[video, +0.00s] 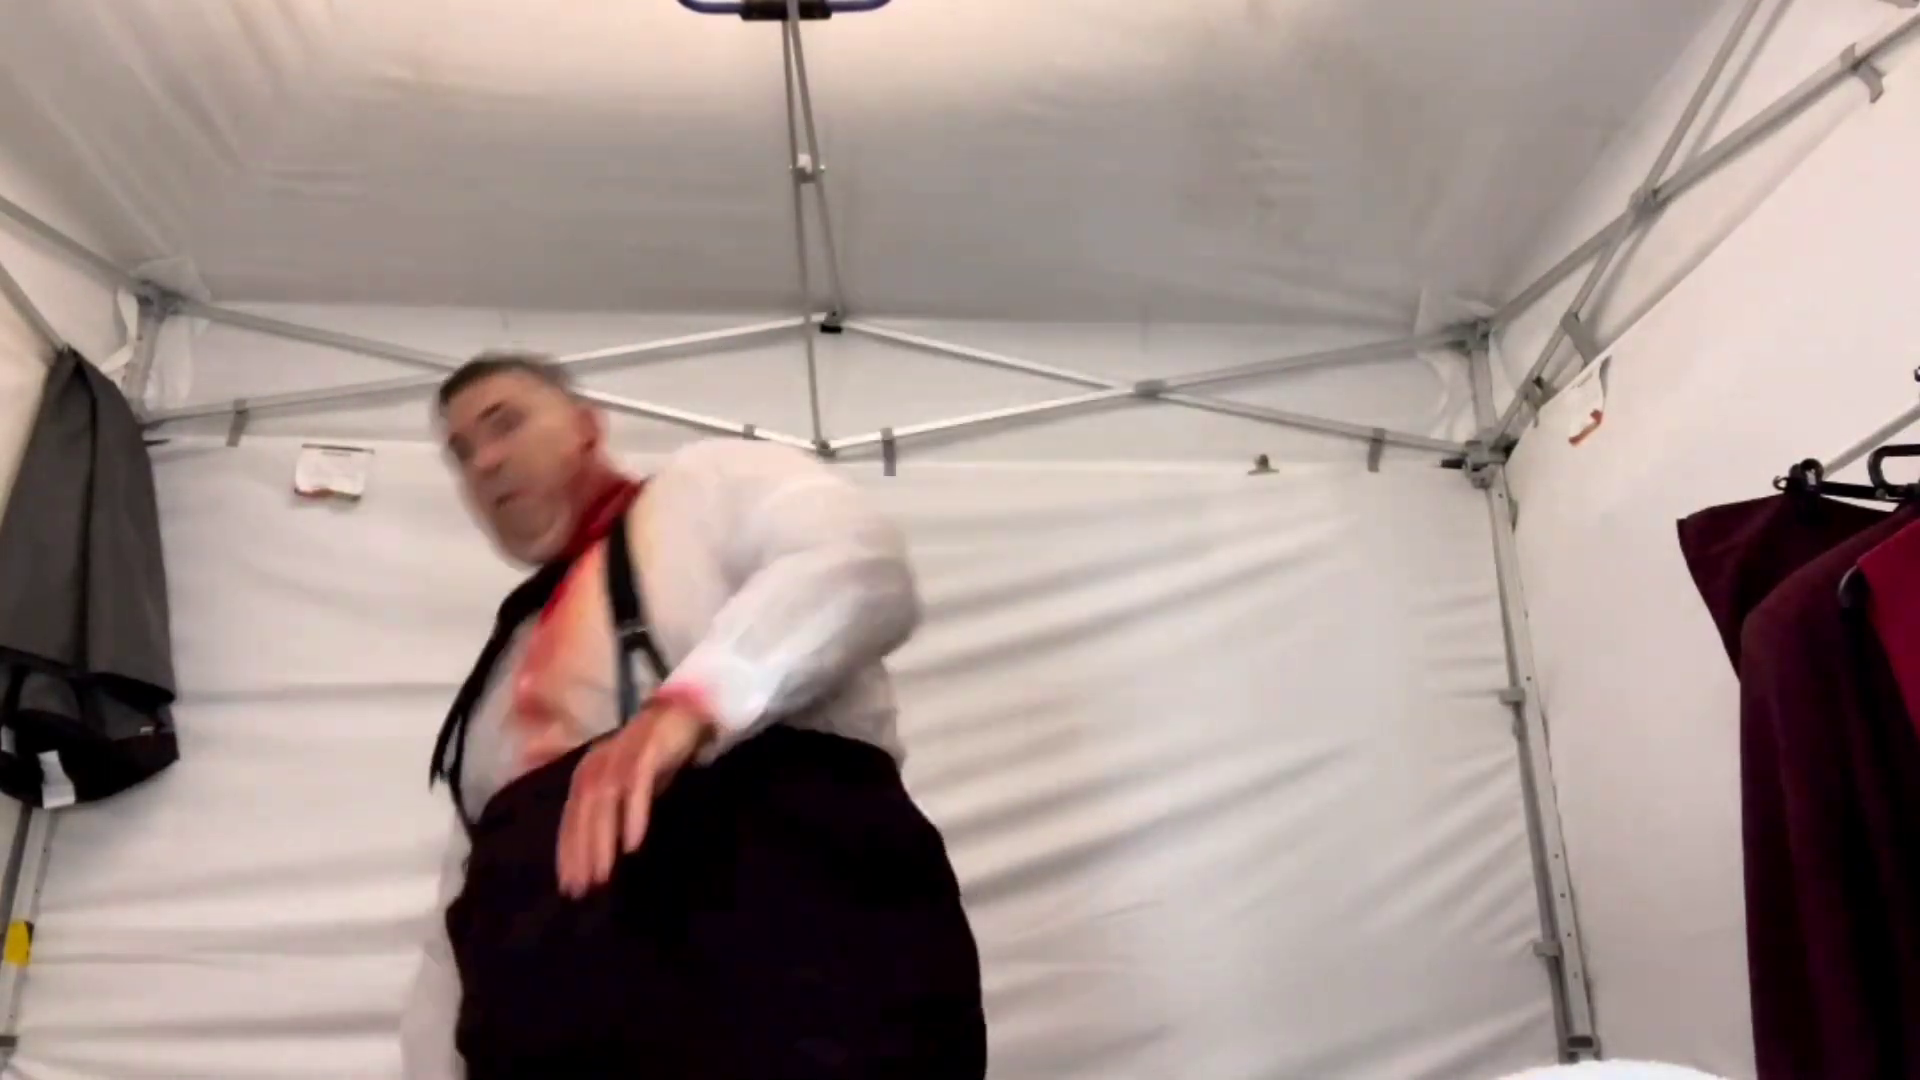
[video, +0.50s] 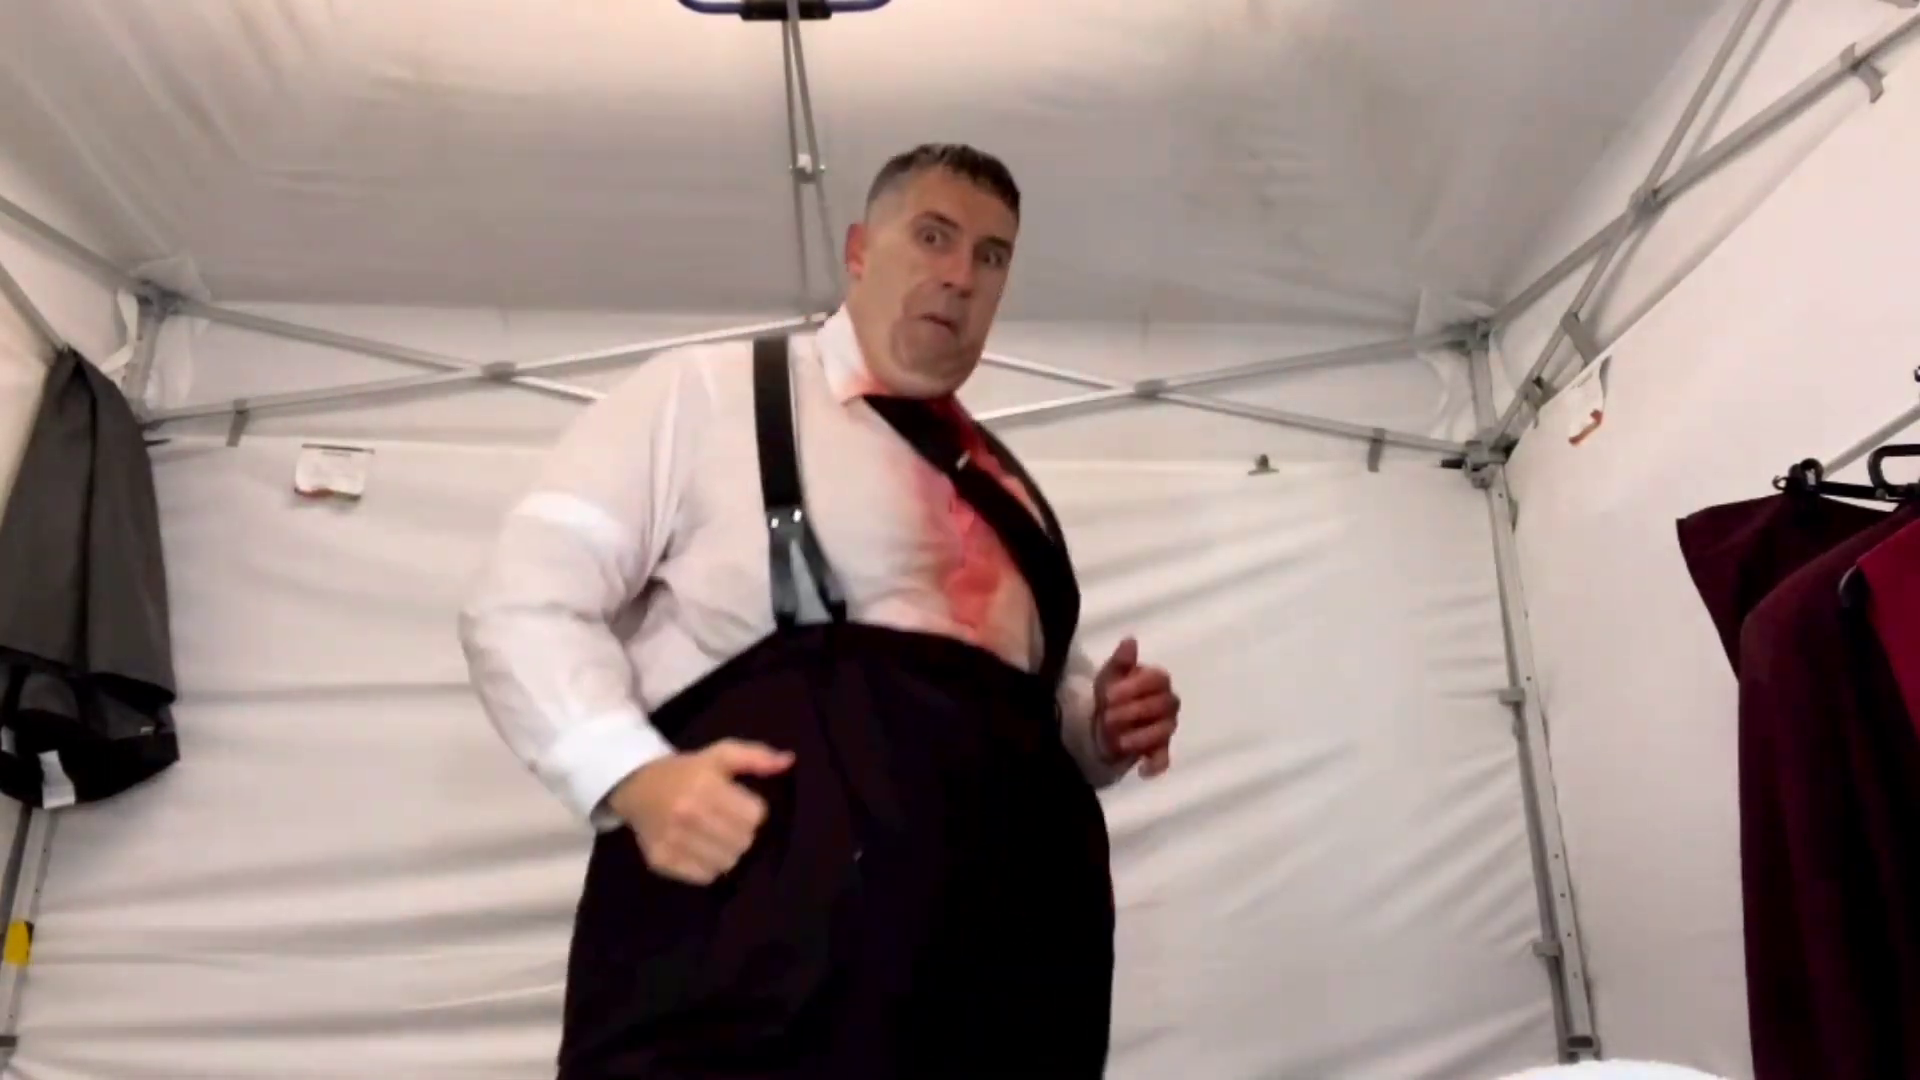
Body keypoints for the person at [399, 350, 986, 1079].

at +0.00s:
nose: (483, 463)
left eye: (505, 423)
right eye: (462, 457)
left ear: (586, 425)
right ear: (464, 495)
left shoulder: (709, 483)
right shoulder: (497, 687)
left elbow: (862, 564)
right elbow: (465, 932)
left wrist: (689, 706)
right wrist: (432, 1059)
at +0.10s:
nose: (627, 337)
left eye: (656, 305)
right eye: (598, 319)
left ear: (717, 332)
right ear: (578, 360)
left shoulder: (832, 439)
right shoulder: (544, 559)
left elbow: (1023, 565)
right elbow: (462, 743)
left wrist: (865, 586)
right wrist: (408, 867)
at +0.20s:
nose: (778, 295)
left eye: (806, 271)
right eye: (750, 266)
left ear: (838, 308)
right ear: (694, 297)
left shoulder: (931, 472)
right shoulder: (582, 504)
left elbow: (1065, 631)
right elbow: (484, 669)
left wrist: (968, 651)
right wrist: (442, 749)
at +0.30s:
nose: (891, 354)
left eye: (918, 335)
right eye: (863, 316)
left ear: (934, 367)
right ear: (790, 333)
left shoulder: (973, 544)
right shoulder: (643, 499)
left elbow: (1067, 710)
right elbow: (478, 692)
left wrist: (1073, 790)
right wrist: (501, 839)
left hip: (920, 975)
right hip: (675, 968)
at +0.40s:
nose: (947, 351)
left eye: (975, 330)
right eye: (920, 310)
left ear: (988, 364)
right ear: (842, 325)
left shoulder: (997, 568)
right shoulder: (690, 485)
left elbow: (1070, 750)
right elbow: (514, 704)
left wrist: (1102, 809)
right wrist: (573, 887)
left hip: (980, 1012)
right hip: (744, 1004)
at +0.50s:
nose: (960, 276)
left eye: (991, 255)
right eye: (932, 236)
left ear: (1005, 291)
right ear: (858, 254)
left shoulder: (1004, 484)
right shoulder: (700, 393)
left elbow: (983, 725)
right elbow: (525, 603)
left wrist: (1091, 729)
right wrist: (636, 777)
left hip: (989, 941)